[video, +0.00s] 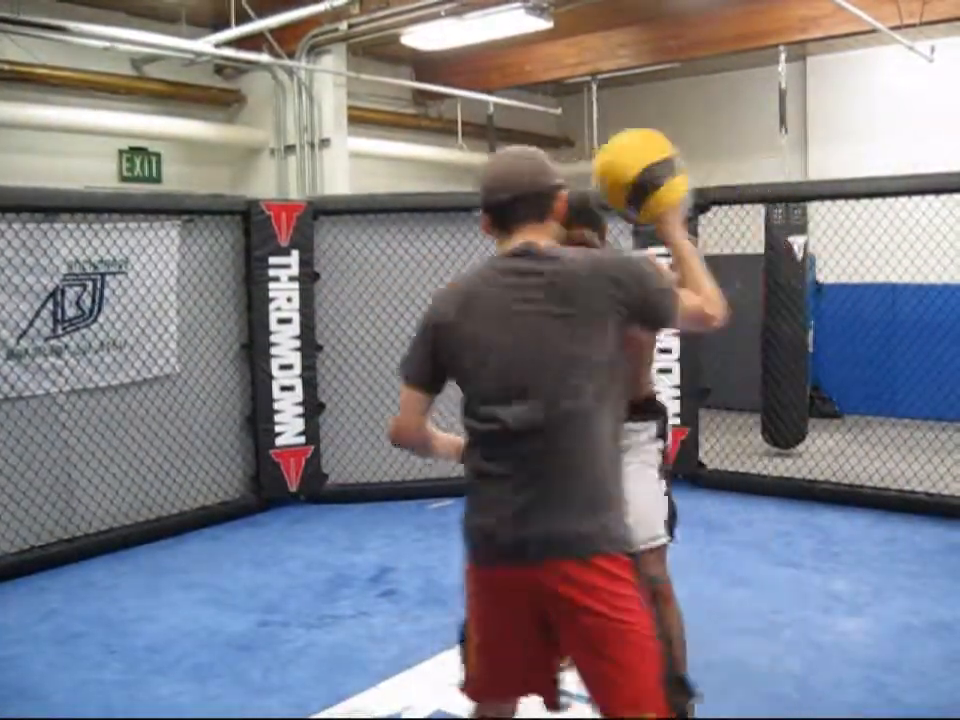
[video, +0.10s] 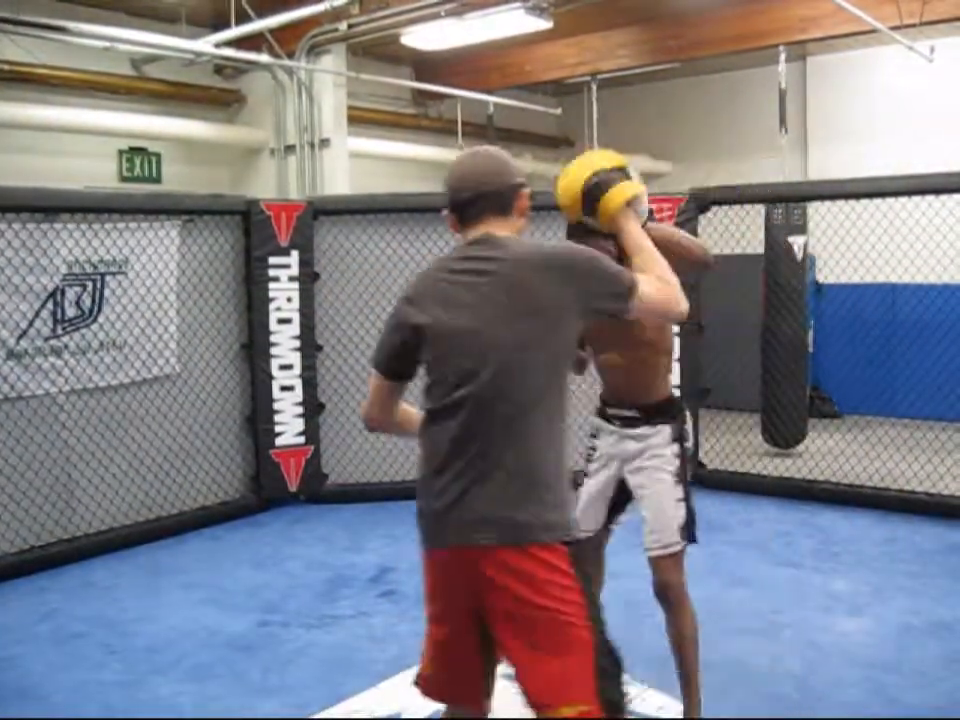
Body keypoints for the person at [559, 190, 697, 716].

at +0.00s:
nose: (565, 257)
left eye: (575, 244)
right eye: (560, 244)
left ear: (595, 243)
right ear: (549, 244)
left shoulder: (631, 286)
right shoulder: (537, 298)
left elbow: (639, 383)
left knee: (650, 571)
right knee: (549, 560)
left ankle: (674, 690)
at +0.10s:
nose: (587, 247)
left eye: (593, 237)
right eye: (580, 240)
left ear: (616, 234)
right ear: (575, 240)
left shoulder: (652, 259)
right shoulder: (581, 276)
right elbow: (575, 356)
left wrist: (636, 224)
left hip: (658, 428)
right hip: (604, 426)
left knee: (668, 584)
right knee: (579, 563)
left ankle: (692, 708)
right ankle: (591, 683)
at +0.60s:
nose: (605, 261)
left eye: (614, 250)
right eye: (600, 250)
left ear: (644, 239)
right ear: (598, 242)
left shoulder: (687, 273)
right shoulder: (611, 273)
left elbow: (720, 359)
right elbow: (593, 360)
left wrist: (644, 325)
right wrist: (587, 322)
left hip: (677, 434)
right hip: (638, 430)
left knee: (658, 587)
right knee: (678, 568)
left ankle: (688, 705)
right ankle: (705, 688)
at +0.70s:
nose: (594, 258)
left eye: (603, 247)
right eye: (588, 247)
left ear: (633, 234)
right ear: (585, 239)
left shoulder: (678, 264)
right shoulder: (609, 277)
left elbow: (711, 353)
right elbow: (601, 360)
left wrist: (633, 319)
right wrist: (587, 321)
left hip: (678, 428)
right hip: (639, 425)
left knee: (645, 585)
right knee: (659, 564)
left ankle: (663, 708)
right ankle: (702, 679)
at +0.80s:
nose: (583, 275)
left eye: (590, 263)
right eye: (576, 264)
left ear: (622, 251)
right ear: (574, 258)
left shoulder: (662, 281)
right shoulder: (607, 293)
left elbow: (679, 364)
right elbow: (604, 376)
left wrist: (604, 333)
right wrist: (576, 335)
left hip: (681, 448)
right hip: (643, 443)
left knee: (630, 596)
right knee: (641, 574)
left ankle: (639, 712)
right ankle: (701, 674)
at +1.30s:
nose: (526, 271)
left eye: (530, 254)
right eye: (516, 262)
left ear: (564, 237)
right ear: (517, 267)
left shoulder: (626, 258)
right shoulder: (548, 309)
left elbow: (691, 320)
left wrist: (602, 307)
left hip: (655, 455)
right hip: (609, 455)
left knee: (610, 633)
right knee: (640, 598)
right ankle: (682, 692)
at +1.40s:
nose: (520, 277)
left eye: (526, 263)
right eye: (514, 266)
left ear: (561, 245)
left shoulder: (628, 273)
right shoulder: (552, 302)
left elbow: (683, 350)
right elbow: (570, 398)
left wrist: (597, 326)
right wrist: (530, 376)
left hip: (645, 460)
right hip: (600, 456)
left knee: (591, 633)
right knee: (628, 600)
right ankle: (668, 702)